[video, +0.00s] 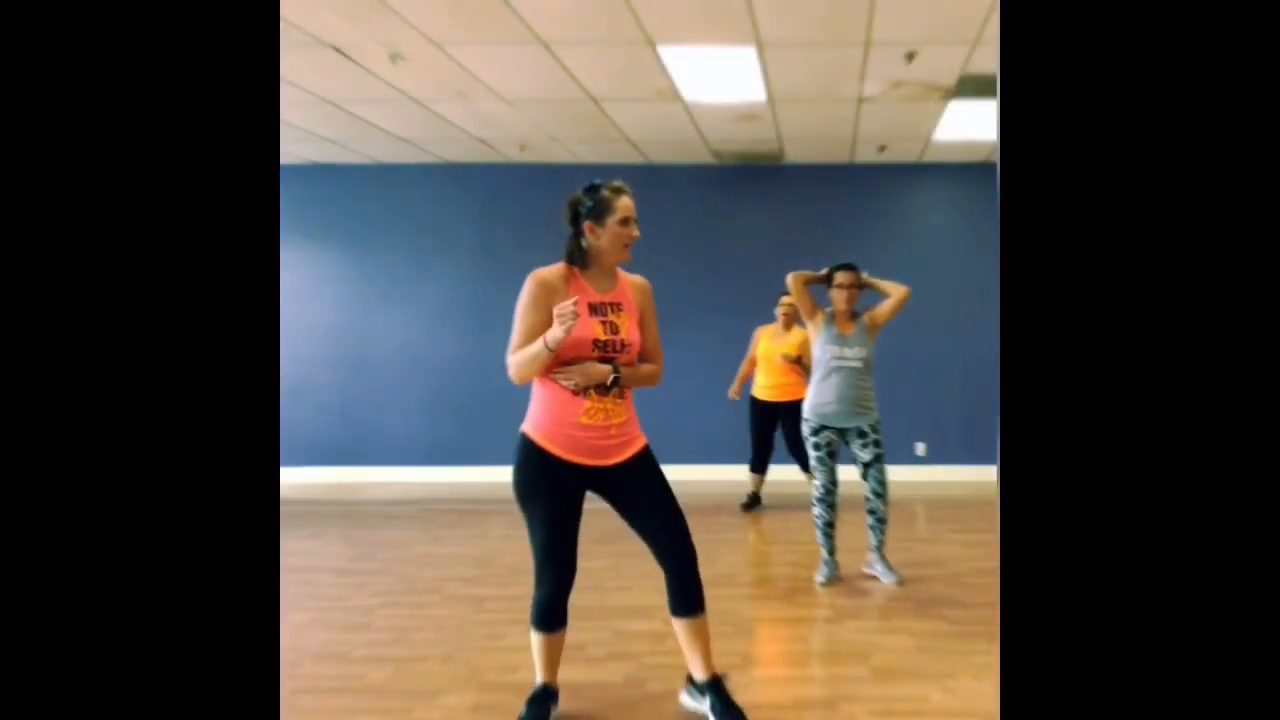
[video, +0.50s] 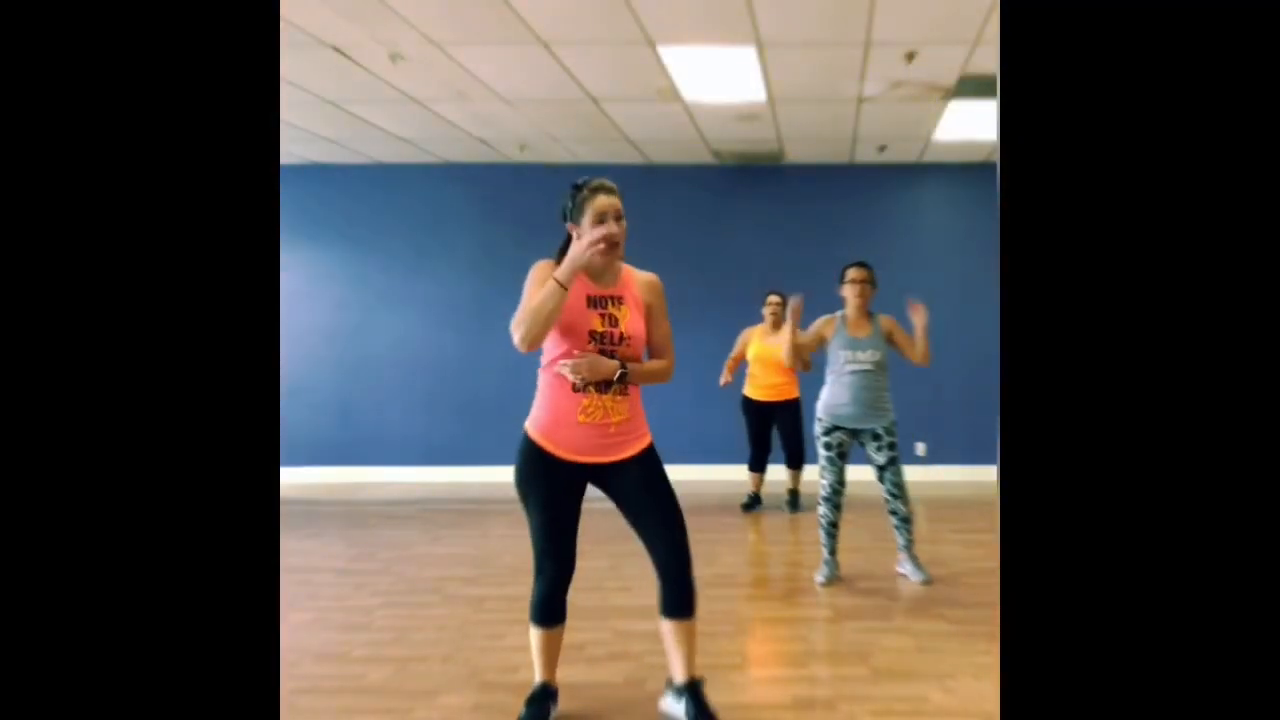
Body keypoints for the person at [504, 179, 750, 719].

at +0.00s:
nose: (635, 232)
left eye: (635, 222)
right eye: (625, 223)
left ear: (622, 229)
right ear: (589, 229)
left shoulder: (637, 290)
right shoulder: (545, 284)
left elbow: (652, 372)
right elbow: (517, 371)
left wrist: (610, 373)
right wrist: (554, 336)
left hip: (624, 452)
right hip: (551, 454)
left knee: (679, 553)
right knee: (553, 576)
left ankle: (704, 681)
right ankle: (545, 690)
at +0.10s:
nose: (628, 228)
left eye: (629, 218)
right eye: (618, 219)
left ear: (615, 227)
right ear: (584, 225)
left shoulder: (629, 285)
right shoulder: (542, 281)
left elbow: (647, 365)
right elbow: (510, 367)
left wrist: (608, 370)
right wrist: (549, 335)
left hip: (619, 448)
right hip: (549, 451)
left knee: (670, 551)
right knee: (553, 572)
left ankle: (682, 687)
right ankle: (544, 689)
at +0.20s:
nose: (626, 228)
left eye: (626, 218)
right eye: (615, 219)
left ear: (612, 225)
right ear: (581, 225)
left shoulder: (628, 284)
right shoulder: (540, 281)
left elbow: (647, 361)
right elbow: (509, 367)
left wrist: (612, 369)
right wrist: (551, 332)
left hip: (620, 449)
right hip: (552, 450)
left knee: (651, 563)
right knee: (554, 570)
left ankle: (663, 695)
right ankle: (545, 689)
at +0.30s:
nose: (623, 228)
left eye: (624, 218)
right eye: (613, 219)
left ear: (614, 225)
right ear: (578, 225)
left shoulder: (629, 283)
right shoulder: (540, 281)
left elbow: (652, 359)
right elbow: (514, 366)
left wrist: (615, 367)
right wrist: (566, 312)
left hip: (622, 450)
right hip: (554, 451)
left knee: (639, 573)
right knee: (555, 573)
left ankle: (661, 697)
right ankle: (545, 689)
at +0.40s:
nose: (617, 226)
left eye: (620, 216)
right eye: (606, 217)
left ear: (622, 223)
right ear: (573, 224)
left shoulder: (636, 282)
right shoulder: (541, 276)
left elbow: (658, 360)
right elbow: (521, 352)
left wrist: (614, 365)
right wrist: (572, 281)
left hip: (624, 448)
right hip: (553, 449)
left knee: (653, 566)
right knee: (554, 572)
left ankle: (663, 696)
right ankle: (544, 689)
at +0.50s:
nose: (613, 228)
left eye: (620, 218)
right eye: (601, 220)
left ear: (626, 225)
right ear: (574, 229)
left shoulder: (645, 285)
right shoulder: (548, 275)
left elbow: (664, 367)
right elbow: (525, 337)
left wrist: (613, 368)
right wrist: (570, 269)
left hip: (627, 449)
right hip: (553, 450)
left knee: (674, 558)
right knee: (553, 573)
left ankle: (684, 688)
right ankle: (543, 690)